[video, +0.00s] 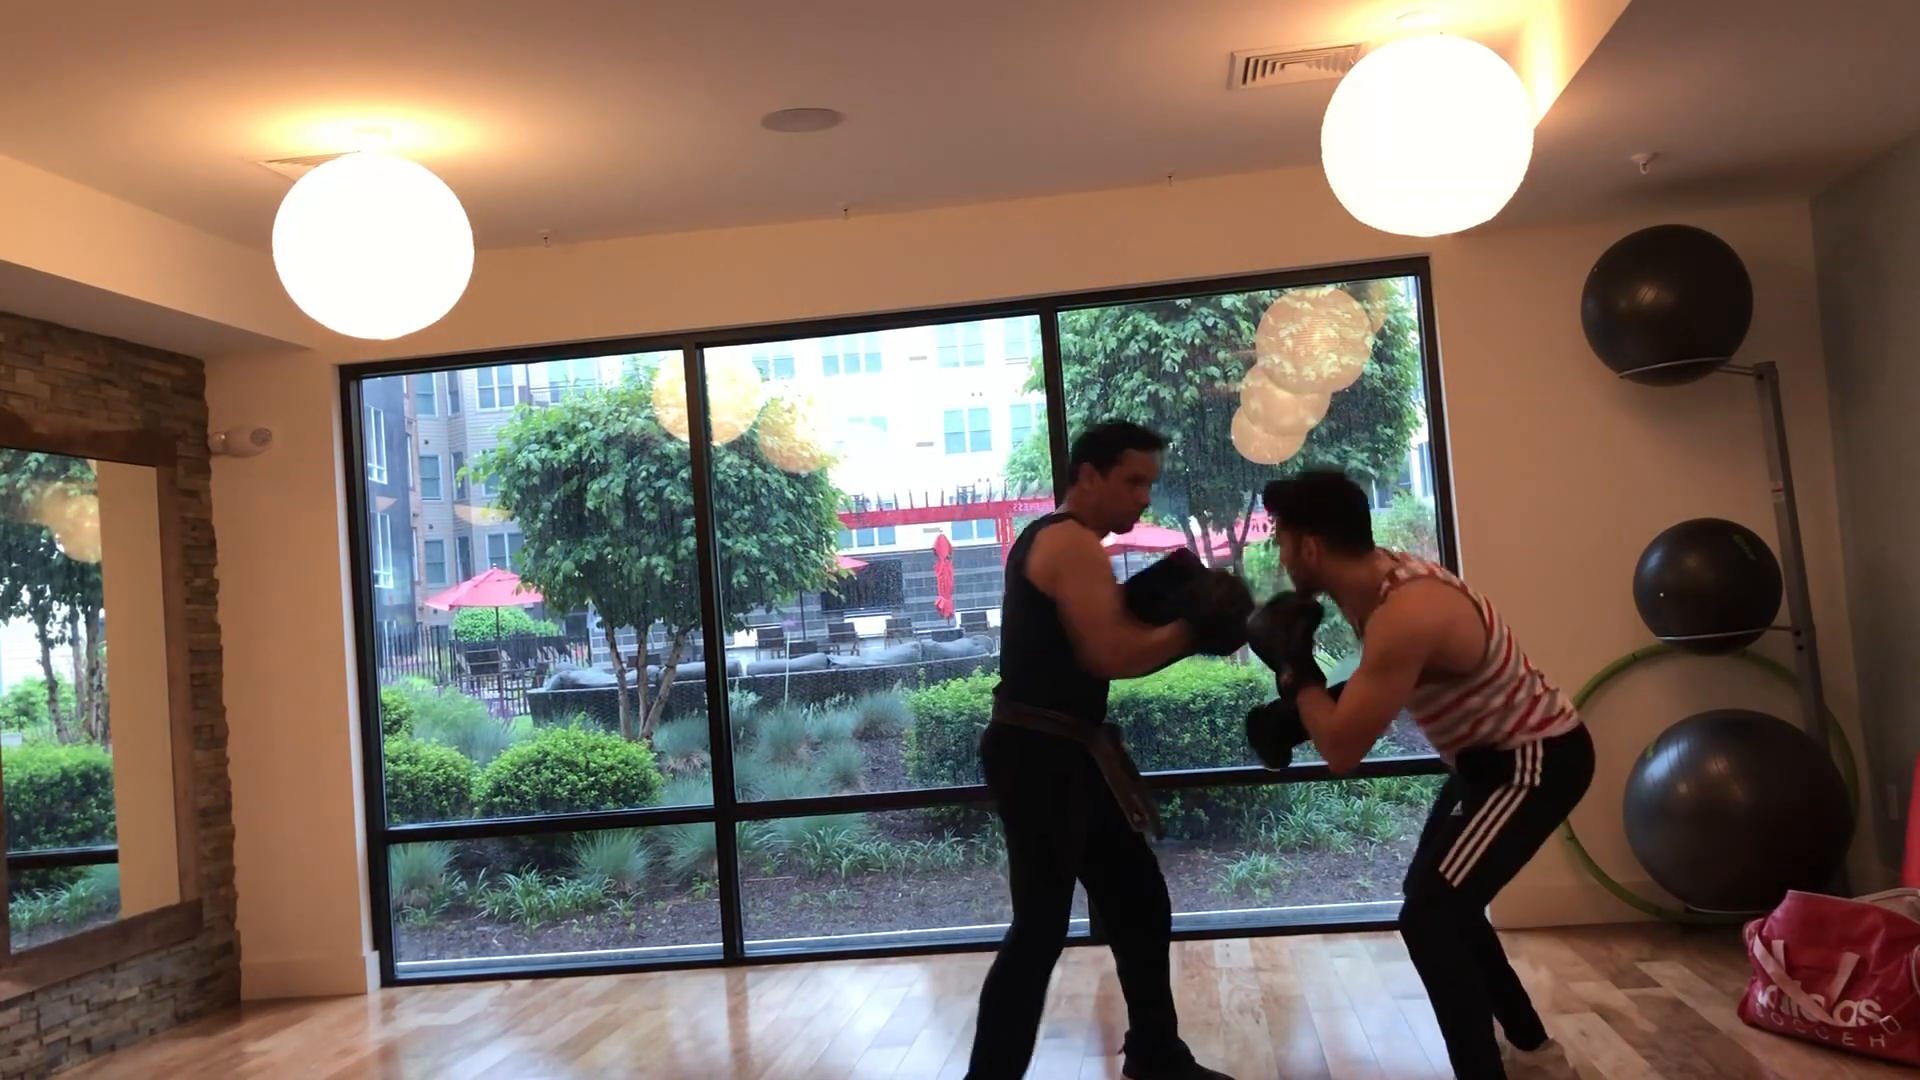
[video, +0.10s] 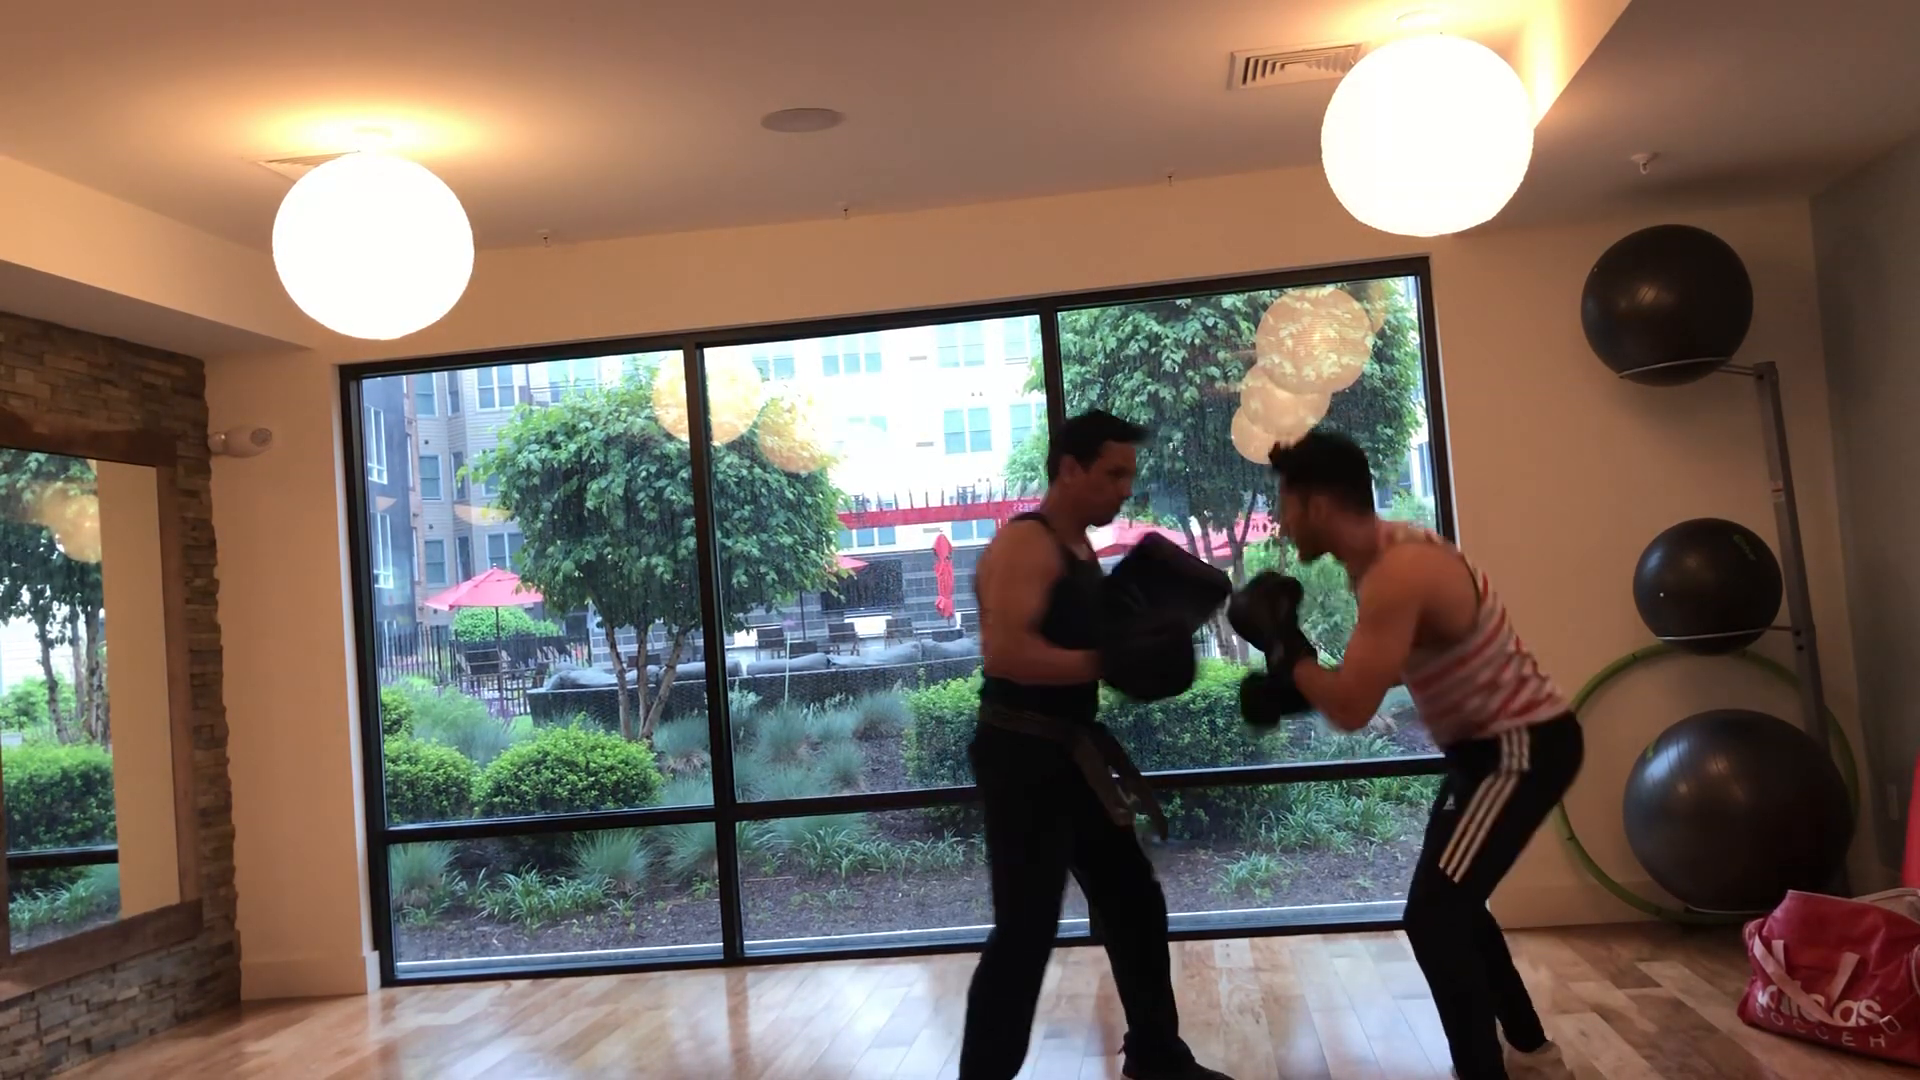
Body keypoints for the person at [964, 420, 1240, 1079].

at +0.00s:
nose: (1145, 499)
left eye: (1150, 485)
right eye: (1136, 484)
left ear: (1092, 483)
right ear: (1091, 478)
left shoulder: (1062, 540)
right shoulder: (1068, 545)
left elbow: (1100, 639)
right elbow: (1112, 656)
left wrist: (1165, 605)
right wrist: (1195, 629)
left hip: (1069, 746)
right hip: (1039, 752)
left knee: (1139, 900)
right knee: (1039, 926)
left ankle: (1155, 1050)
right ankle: (990, 1075)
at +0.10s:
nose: (1127, 489)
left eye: (1131, 476)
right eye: (1115, 474)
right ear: (1069, 470)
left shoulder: (1076, 547)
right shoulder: (1023, 543)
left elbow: (1088, 633)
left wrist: (1153, 614)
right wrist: (1108, 663)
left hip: (1072, 741)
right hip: (1020, 746)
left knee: (1133, 902)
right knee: (1025, 928)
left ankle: (1157, 1053)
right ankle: (983, 1074)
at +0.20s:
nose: (1109, 478)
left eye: (1111, 465)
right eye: (1098, 464)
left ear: (1072, 467)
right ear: (1049, 461)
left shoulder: (1081, 530)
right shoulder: (990, 536)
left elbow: (1130, 550)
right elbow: (936, 637)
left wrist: (1164, 531)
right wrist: (1040, 660)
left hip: (1059, 737)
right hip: (991, 743)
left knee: (1107, 906)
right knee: (994, 930)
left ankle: (1156, 1056)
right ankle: (976, 1073)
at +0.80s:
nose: (1126, 485)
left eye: (1128, 471)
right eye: (1121, 470)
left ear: (1083, 465)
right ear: (1084, 462)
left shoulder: (1074, 537)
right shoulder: (992, 525)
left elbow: (1077, 621)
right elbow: (968, 628)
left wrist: (1136, 602)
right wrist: (1071, 610)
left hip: (1057, 736)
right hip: (984, 740)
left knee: (1080, 913)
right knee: (983, 919)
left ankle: (1092, 1066)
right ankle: (969, 1068)